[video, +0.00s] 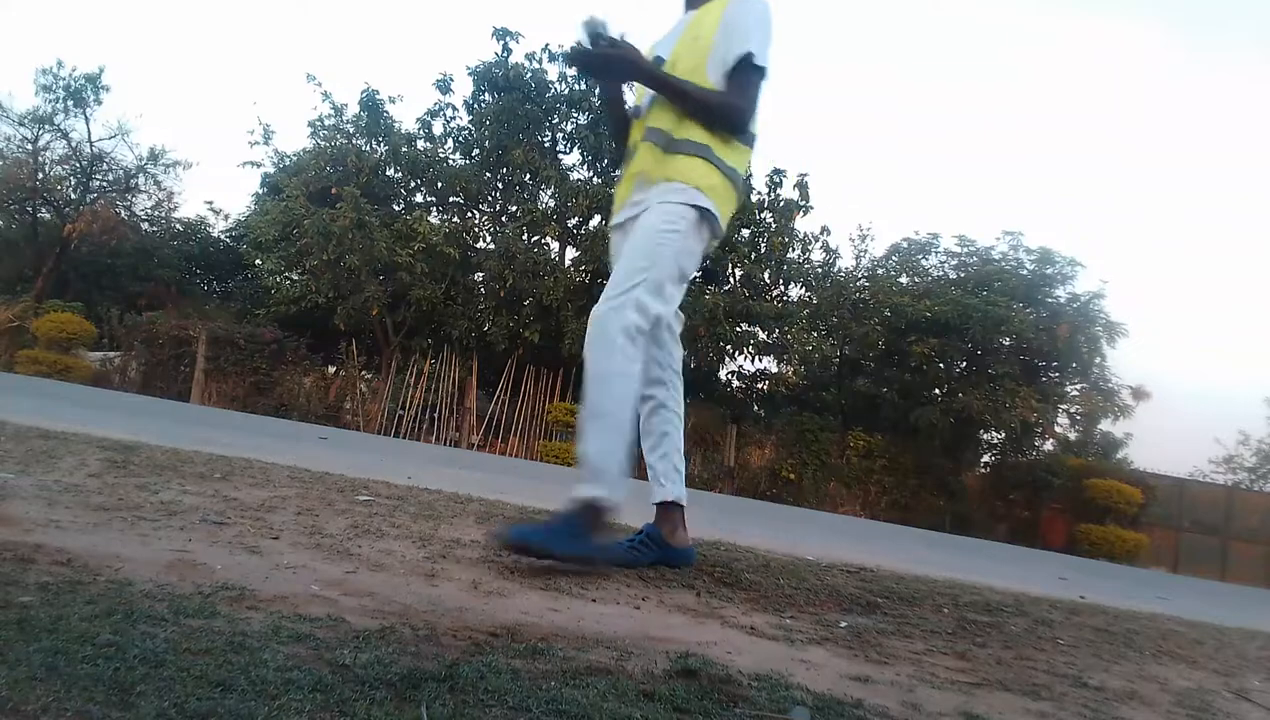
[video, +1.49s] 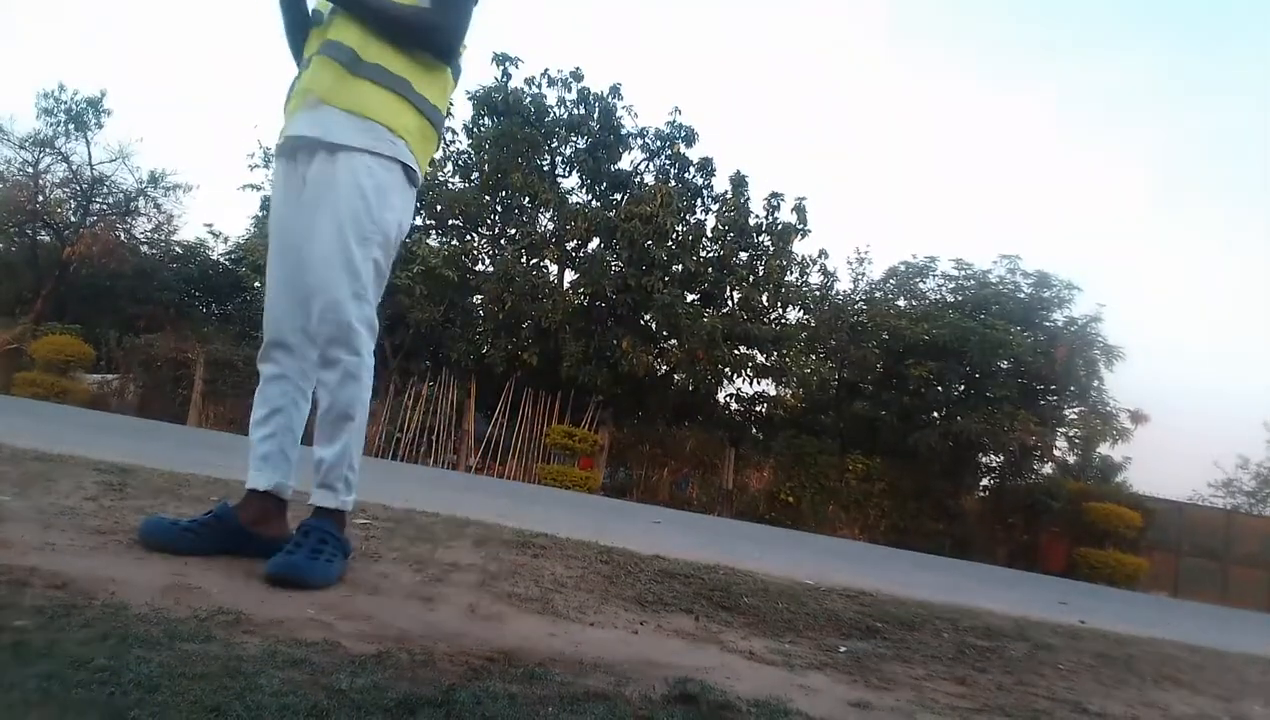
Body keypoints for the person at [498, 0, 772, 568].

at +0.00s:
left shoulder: (743, 10)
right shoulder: (664, 48)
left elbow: (737, 112)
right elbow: (631, 148)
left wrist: (640, 69)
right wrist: (610, 85)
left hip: (684, 194)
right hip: (636, 202)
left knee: (616, 323)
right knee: (658, 353)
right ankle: (671, 527)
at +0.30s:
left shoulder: (667, 4)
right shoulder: (606, 25)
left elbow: (653, 86)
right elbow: (572, 119)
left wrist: (546, 48)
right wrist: (536, 60)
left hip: (597, 183)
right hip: (565, 182)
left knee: (544, 337)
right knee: (584, 347)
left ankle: (474, 518)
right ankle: (658, 509)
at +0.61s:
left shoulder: (583, 3)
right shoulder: (521, 17)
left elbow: (571, 74)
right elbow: (494, 102)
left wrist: (461, 38)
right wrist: (456, 35)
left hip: (530, 182)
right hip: (471, 180)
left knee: (503, 353)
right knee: (403, 305)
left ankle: (470, 536)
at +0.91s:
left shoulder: (508, 6)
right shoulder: (432, 17)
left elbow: (513, 67)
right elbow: (408, 94)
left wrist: (392, 32)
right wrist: (366, 37)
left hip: (454, 173)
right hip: (389, 174)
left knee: (447, 353)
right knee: (338, 347)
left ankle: (465, 541)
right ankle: (264, 513)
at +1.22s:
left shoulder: (456, 4)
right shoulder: (364, 10)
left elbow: (451, 46)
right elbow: (330, 73)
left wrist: (354, 5)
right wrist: (311, 9)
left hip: (393, 132)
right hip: (327, 132)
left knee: (337, 300)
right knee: (301, 331)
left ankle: (391, 509)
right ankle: (264, 512)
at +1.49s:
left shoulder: (446, 8)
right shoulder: (337, 17)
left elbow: (442, 34)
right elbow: (312, 54)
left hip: (375, 136)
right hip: (302, 131)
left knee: (340, 330)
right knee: (284, 333)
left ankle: (327, 522)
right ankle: (261, 510)